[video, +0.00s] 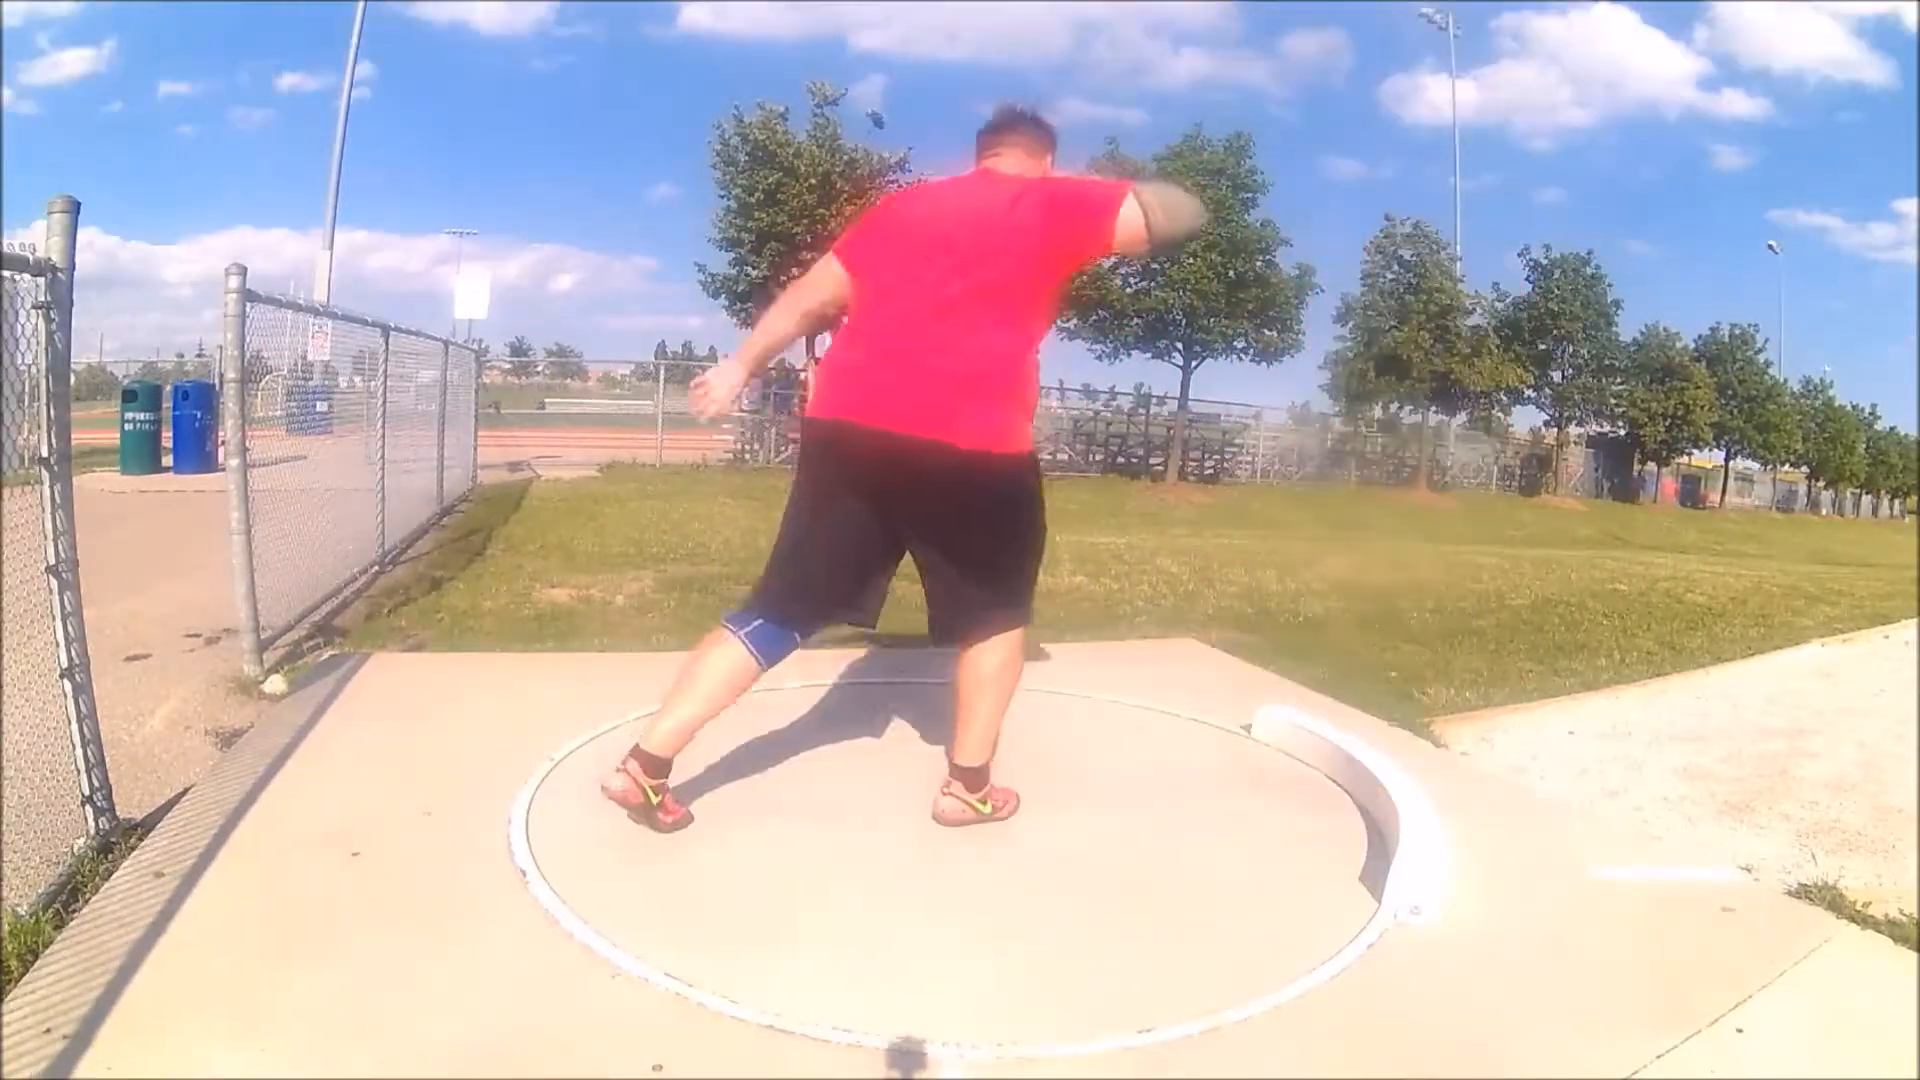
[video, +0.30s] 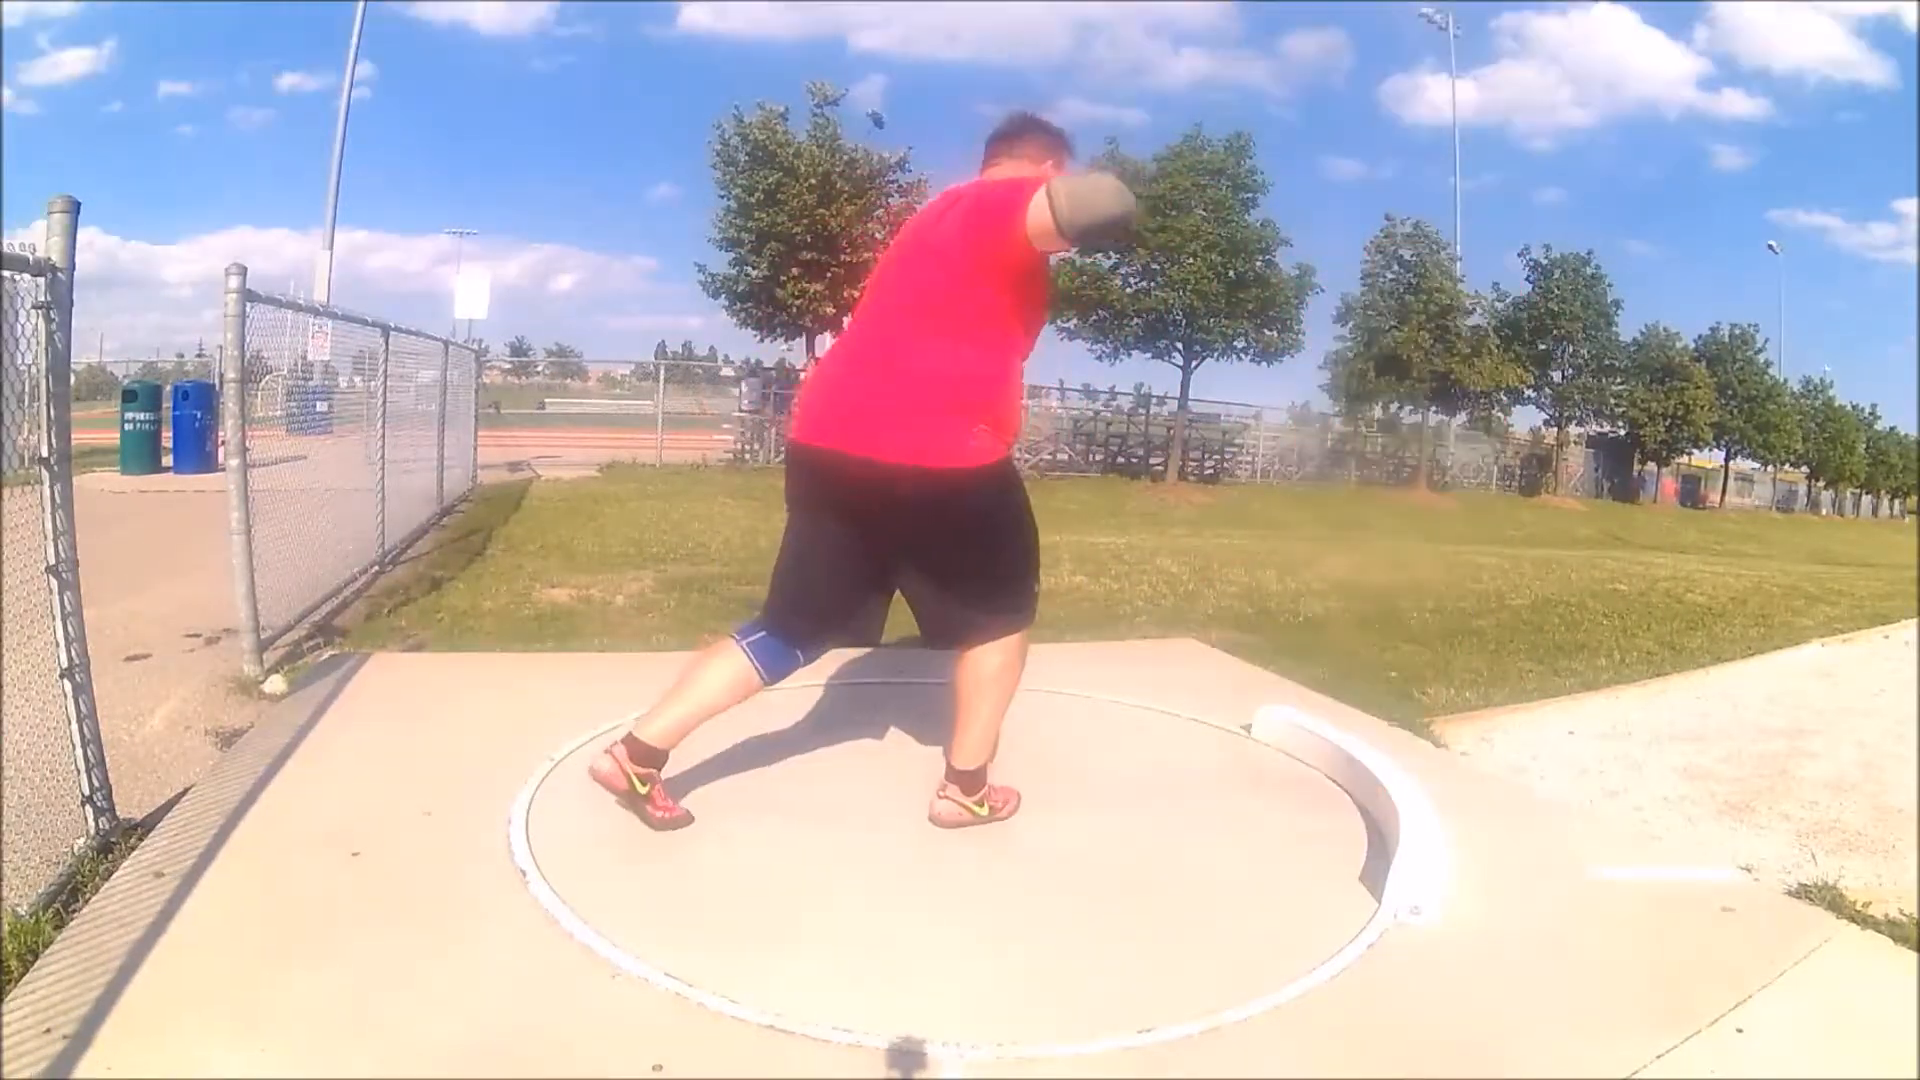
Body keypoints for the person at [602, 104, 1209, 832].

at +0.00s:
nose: (1049, 171)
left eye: (1040, 164)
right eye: (1048, 163)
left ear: (980, 154)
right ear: (1046, 161)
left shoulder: (903, 205)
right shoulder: (1060, 202)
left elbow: (811, 295)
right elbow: (1183, 213)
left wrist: (739, 366)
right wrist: (1119, 187)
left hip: (849, 435)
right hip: (975, 451)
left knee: (778, 607)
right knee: (996, 611)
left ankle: (649, 757)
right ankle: (966, 783)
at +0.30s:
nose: (1059, 186)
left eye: (1060, 178)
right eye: (1060, 176)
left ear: (991, 159)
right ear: (1045, 166)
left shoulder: (933, 213)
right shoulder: (1020, 197)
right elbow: (1110, 204)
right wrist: (1091, 220)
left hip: (829, 442)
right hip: (948, 457)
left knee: (791, 626)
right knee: (999, 611)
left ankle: (638, 752)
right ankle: (965, 782)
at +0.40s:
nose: (1059, 189)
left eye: (1064, 177)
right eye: (1056, 175)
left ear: (985, 160)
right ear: (1023, 162)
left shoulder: (921, 216)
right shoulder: (982, 202)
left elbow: (1022, 339)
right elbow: (1052, 190)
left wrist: (1066, 393)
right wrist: (1090, 209)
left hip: (817, 446)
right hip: (931, 459)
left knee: (798, 624)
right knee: (996, 606)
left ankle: (636, 748)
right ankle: (964, 785)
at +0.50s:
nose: (1061, 198)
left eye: (1063, 181)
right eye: (1056, 179)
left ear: (996, 154)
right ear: (1011, 165)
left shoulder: (1002, 268)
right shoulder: (923, 207)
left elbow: (1070, 335)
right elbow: (978, 185)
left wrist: (1152, 395)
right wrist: (1039, 201)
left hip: (809, 454)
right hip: (922, 466)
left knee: (793, 628)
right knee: (987, 613)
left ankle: (634, 743)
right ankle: (960, 788)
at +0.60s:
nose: (1048, 195)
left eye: (1055, 183)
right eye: (1043, 177)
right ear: (993, 158)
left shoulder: (1014, 273)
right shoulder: (896, 211)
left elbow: (1104, 340)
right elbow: (932, 183)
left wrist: (1199, 406)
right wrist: (1013, 195)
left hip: (801, 457)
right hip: (905, 464)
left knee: (794, 626)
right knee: (973, 609)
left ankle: (632, 742)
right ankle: (958, 785)